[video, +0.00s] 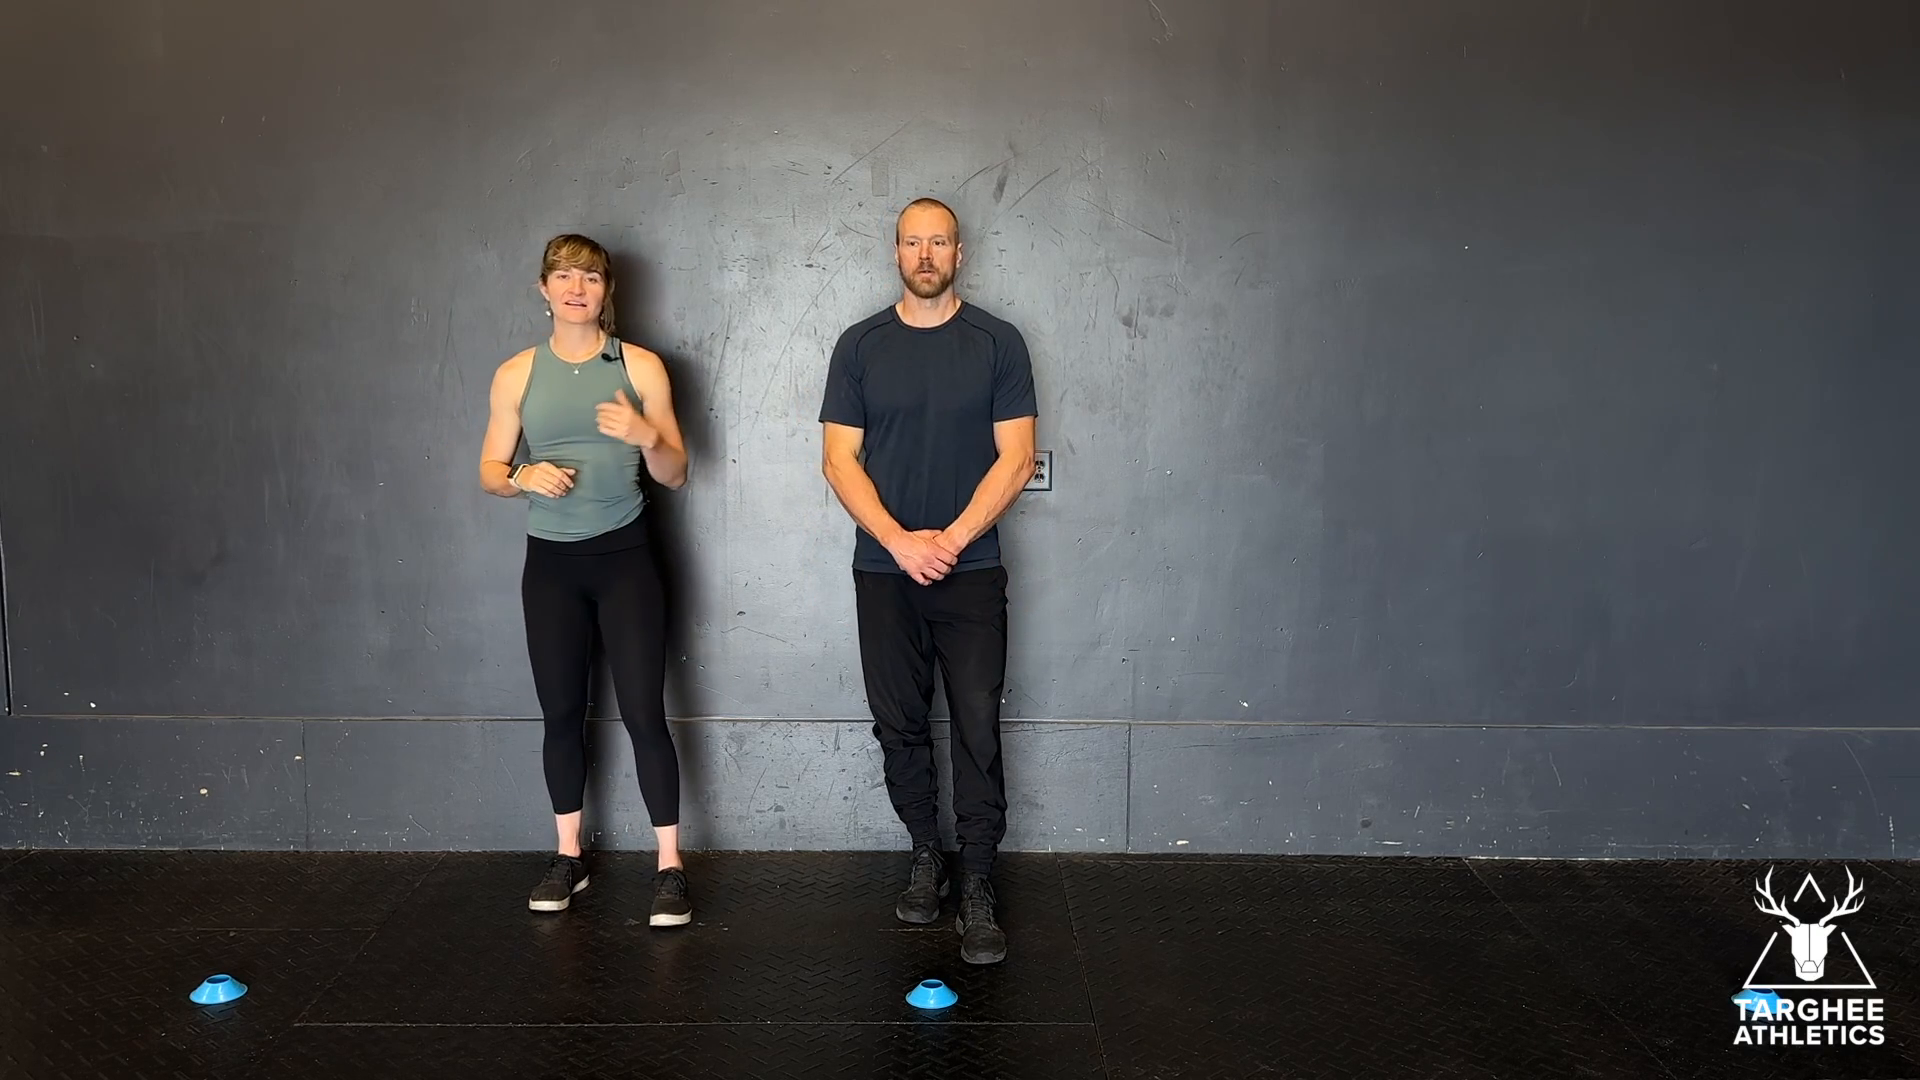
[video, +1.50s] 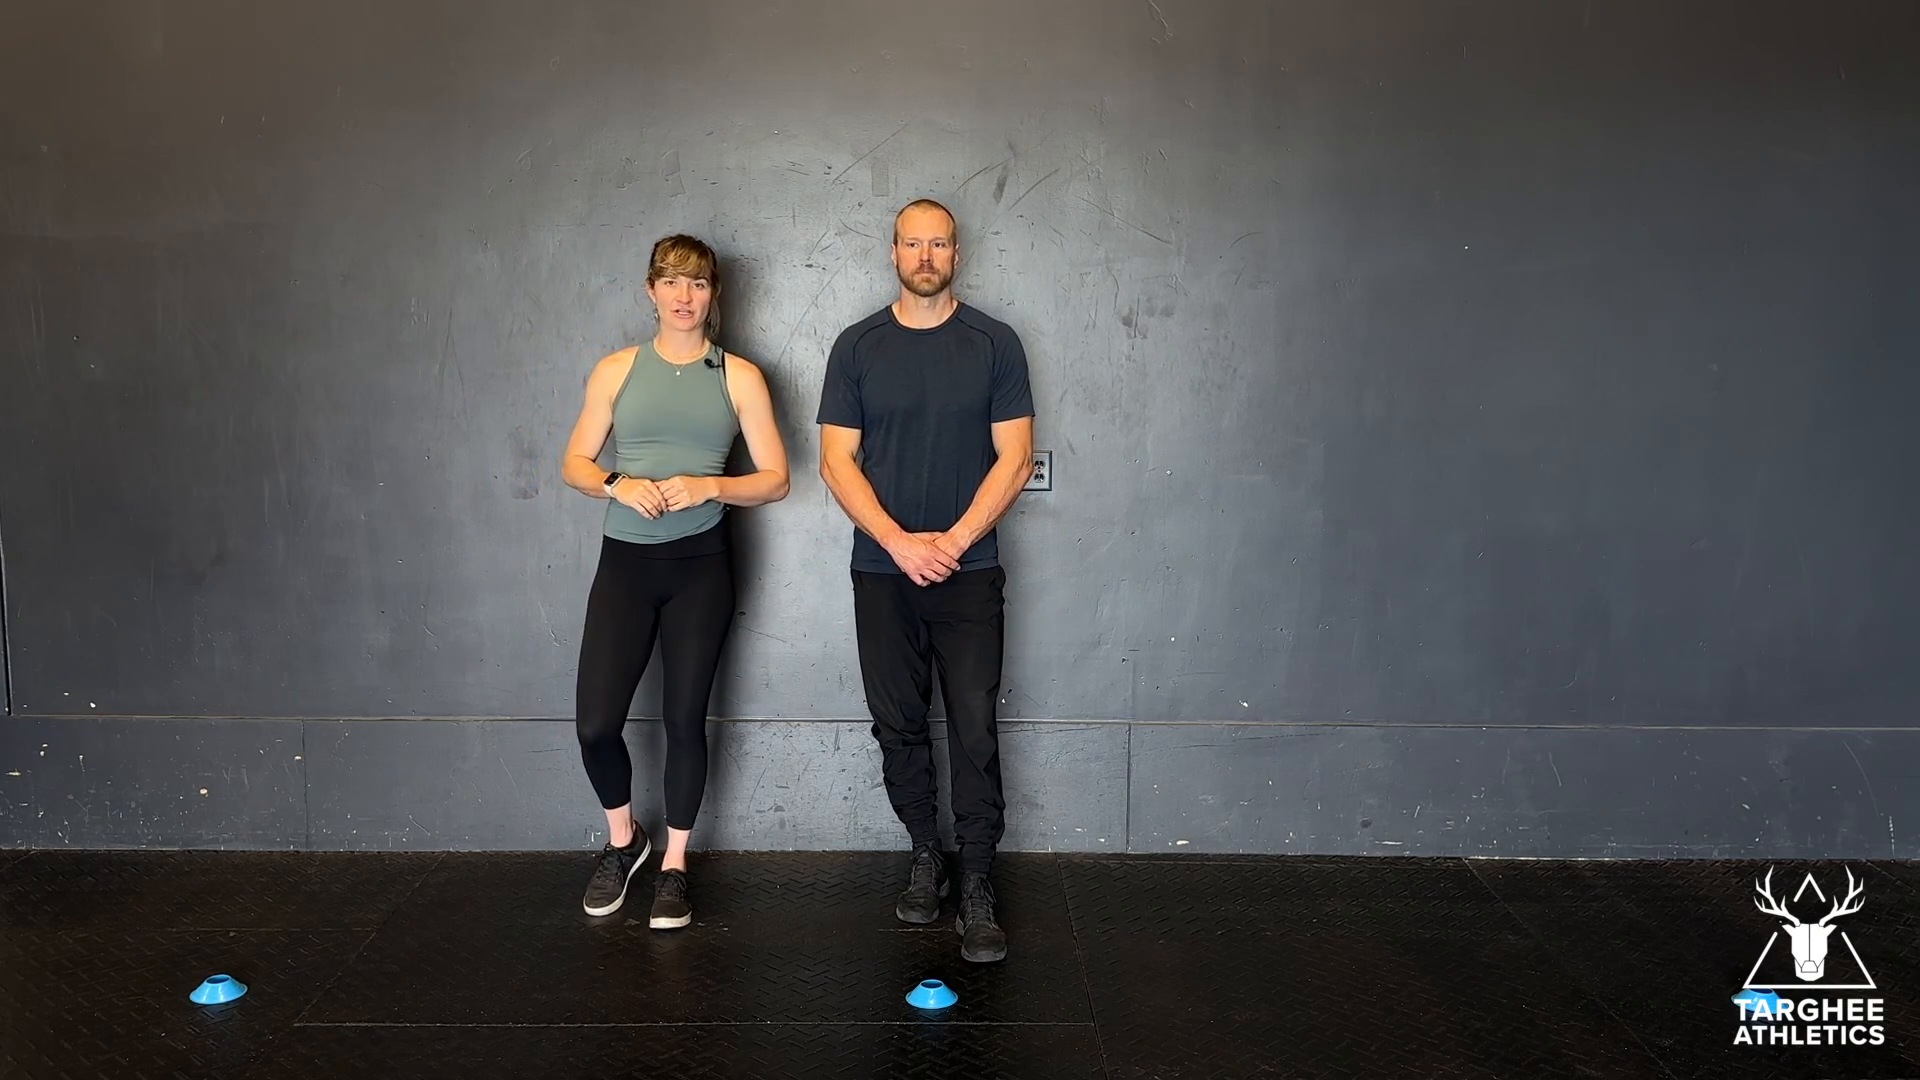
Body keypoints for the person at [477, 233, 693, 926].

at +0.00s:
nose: (576, 287)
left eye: (589, 276)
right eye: (563, 276)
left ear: (606, 288)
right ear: (545, 289)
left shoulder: (642, 368)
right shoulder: (516, 375)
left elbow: (674, 474)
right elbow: (492, 475)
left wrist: (646, 436)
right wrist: (524, 478)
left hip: (626, 558)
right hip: (551, 563)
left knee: (643, 712)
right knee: (561, 712)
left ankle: (670, 866)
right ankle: (569, 858)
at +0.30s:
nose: (610, 288)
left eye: (622, 277)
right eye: (597, 277)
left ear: (638, 288)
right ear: (579, 288)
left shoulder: (671, 372)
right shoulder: (545, 373)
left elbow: (704, 471)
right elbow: (516, 469)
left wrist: (696, 471)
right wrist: (550, 480)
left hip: (656, 559)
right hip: (580, 564)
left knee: (661, 713)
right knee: (576, 714)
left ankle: (672, 865)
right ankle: (570, 858)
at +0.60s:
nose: (651, 291)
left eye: (662, 280)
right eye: (637, 279)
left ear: (675, 291)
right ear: (614, 290)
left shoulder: (703, 377)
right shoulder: (577, 371)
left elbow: (717, 483)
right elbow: (544, 467)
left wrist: (728, 470)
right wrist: (584, 482)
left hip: (682, 560)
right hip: (605, 563)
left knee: (676, 715)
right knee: (579, 719)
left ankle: (673, 866)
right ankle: (569, 855)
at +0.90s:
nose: (694, 298)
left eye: (701, 287)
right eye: (679, 286)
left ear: (708, 298)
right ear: (646, 294)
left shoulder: (724, 385)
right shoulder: (603, 368)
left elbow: (751, 490)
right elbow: (558, 458)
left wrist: (798, 478)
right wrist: (609, 483)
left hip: (695, 563)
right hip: (618, 565)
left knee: (683, 716)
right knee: (594, 727)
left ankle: (673, 864)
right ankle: (589, 839)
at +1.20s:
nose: (692, 295)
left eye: (702, 284)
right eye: (678, 283)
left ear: (715, 297)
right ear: (653, 293)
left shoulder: (734, 385)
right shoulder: (613, 367)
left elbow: (758, 486)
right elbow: (565, 459)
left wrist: (716, 502)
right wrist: (619, 483)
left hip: (699, 565)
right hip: (623, 565)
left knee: (685, 716)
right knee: (616, 729)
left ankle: (674, 865)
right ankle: (629, 844)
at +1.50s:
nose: (684, 294)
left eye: (697, 282)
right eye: (672, 281)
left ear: (711, 293)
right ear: (652, 290)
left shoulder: (739, 377)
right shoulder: (615, 371)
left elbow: (774, 478)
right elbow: (575, 464)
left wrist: (712, 486)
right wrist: (619, 485)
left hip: (701, 564)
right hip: (625, 562)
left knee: (685, 717)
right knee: (595, 723)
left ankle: (675, 866)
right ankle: (623, 838)